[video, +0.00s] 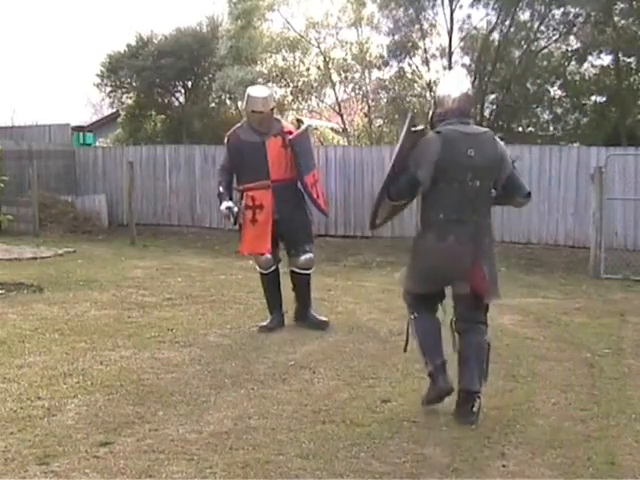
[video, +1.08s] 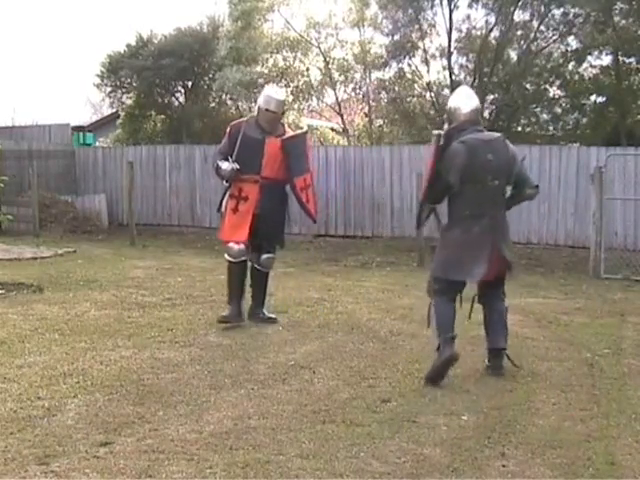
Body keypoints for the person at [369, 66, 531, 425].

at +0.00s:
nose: (433, 116)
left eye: (435, 110)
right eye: (437, 110)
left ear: (439, 112)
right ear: (468, 112)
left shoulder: (433, 143)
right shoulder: (491, 144)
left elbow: (399, 192)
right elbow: (519, 194)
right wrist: (483, 195)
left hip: (436, 243)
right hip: (477, 245)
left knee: (421, 301)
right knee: (473, 318)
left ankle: (438, 375)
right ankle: (469, 398)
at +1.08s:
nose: (449, 121)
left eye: (450, 116)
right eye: (451, 116)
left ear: (455, 116)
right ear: (478, 114)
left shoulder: (456, 149)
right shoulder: (501, 145)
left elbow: (436, 193)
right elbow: (528, 189)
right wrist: (500, 206)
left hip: (462, 233)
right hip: (495, 232)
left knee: (443, 289)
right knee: (493, 292)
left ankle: (446, 347)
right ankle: (496, 358)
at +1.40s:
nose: (462, 121)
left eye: (464, 117)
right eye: (464, 116)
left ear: (468, 117)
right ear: (492, 116)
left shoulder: (469, 146)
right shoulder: (510, 146)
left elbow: (457, 184)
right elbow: (532, 192)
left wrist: (441, 192)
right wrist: (505, 202)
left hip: (474, 228)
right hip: (506, 230)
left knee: (458, 278)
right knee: (503, 288)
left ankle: (474, 341)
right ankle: (500, 353)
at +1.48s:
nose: (463, 125)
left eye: (464, 121)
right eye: (465, 120)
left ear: (469, 121)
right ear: (491, 120)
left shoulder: (468, 149)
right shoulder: (510, 149)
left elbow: (453, 185)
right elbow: (532, 193)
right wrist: (505, 203)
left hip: (478, 230)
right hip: (509, 231)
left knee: (465, 282)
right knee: (505, 289)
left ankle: (481, 341)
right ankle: (501, 353)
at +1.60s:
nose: (460, 126)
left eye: (461, 122)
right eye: (461, 122)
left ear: (466, 122)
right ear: (487, 119)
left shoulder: (468, 151)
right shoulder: (508, 148)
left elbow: (451, 181)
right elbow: (532, 190)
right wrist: (507, 201)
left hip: (478, 231)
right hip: (510, 230)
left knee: (470, 285)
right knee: (505, 285)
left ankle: (483, 341)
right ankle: (506, 338)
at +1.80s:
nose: (463, 123)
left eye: (464, 118)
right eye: (463, 118)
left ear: (471, 118)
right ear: (490, 116)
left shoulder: (473, 148)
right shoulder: (513, 145)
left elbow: (435, 165)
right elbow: (536, 182)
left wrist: (452, 139)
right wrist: (516, 203)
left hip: (479, 226)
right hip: (509, 224)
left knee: (473, 283)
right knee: (508, 278)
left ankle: (483, 343)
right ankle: (525, 320)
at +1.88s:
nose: (465, 121)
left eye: (466, 116)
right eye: (465, 116)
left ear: (472, 117)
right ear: (492, 115)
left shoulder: (474, 147)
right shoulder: (514, 143)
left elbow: (437, 157)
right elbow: (537, 180)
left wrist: (454, 133)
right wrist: (522, 203)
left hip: (481, 224)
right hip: (510, 222)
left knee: (475, 281)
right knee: (509, 275)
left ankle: (484, 342)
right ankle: (533, 322)